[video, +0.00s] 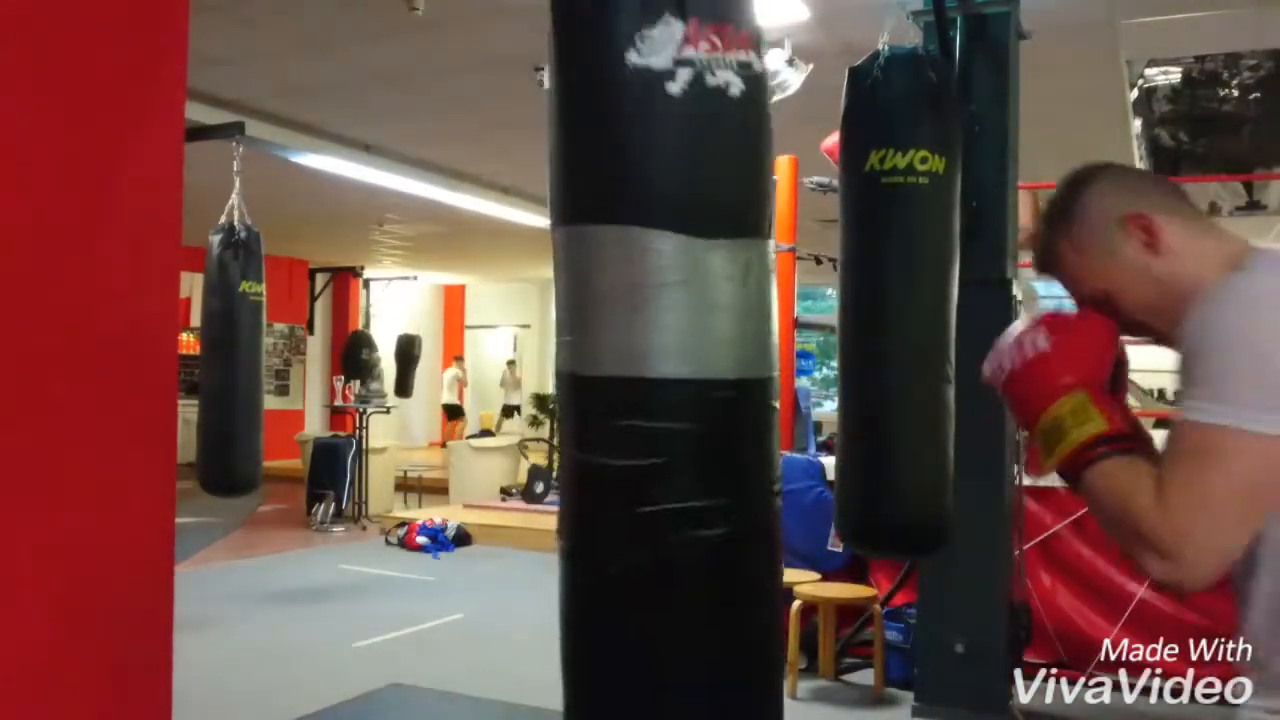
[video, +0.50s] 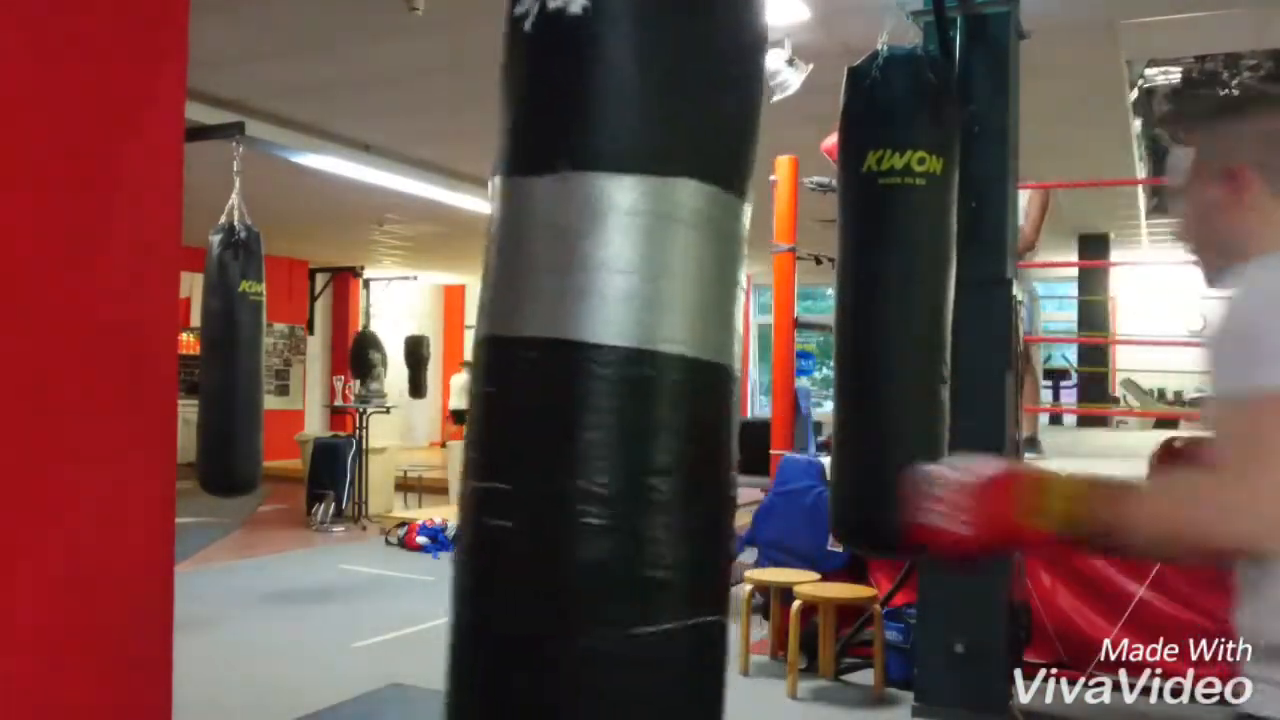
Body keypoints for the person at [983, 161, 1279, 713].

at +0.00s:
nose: (1121, 328)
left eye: (1106, 301)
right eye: (1099, 311)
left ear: (1147, 235)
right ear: (1150, 234)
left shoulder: (1249, 312)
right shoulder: (1255, 301)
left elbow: (1182, 549)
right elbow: (1190, 537)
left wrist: (1063, 412)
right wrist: (1107, 413)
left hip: (1270, 693)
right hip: (1265, 688)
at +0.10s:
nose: (1068, 316)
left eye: (1059, 284)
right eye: (1051, 293)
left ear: (1106, 227)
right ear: (1107, 226)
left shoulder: (1202, 310)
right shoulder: (1247, 290)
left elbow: (1182, 564)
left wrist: (1056, 448)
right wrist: (1124, 433)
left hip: (1258, 691)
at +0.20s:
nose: (1039, 275)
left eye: (1036, 247)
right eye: (1030, 254)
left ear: (1088, 211)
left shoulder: (1162, 294)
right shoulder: (1258, 277)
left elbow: (1072, 510)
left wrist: (945, 448)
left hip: (1252, 687)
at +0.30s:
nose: (1077, 250)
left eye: (1073, 214)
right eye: (1068, 218)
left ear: (1120, 186)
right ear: (1195, 177)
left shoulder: (1149, 285)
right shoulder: (1266, 258)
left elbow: (989, 470)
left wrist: (828, 448)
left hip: (1253, 687)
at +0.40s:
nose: (1124, 219)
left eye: (1125, 192)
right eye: (1121, 195)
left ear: (1173, 179)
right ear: (1249, 175)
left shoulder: (1214, 274)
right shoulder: (1252, 268)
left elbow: (1105, 466)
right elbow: (1113, 452)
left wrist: (908, 470)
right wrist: (925, 469)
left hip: (1258, 686)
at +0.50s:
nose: (1178, 222)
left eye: (1184, 195)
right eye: (1177, 199)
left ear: (1239, 187)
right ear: (1241, 188)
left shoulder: (1259, 302)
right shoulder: (1254, 302)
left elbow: (1254, 511)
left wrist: (1031, 500)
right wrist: (1222, 469)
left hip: (1266, 690)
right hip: (1261, 682)